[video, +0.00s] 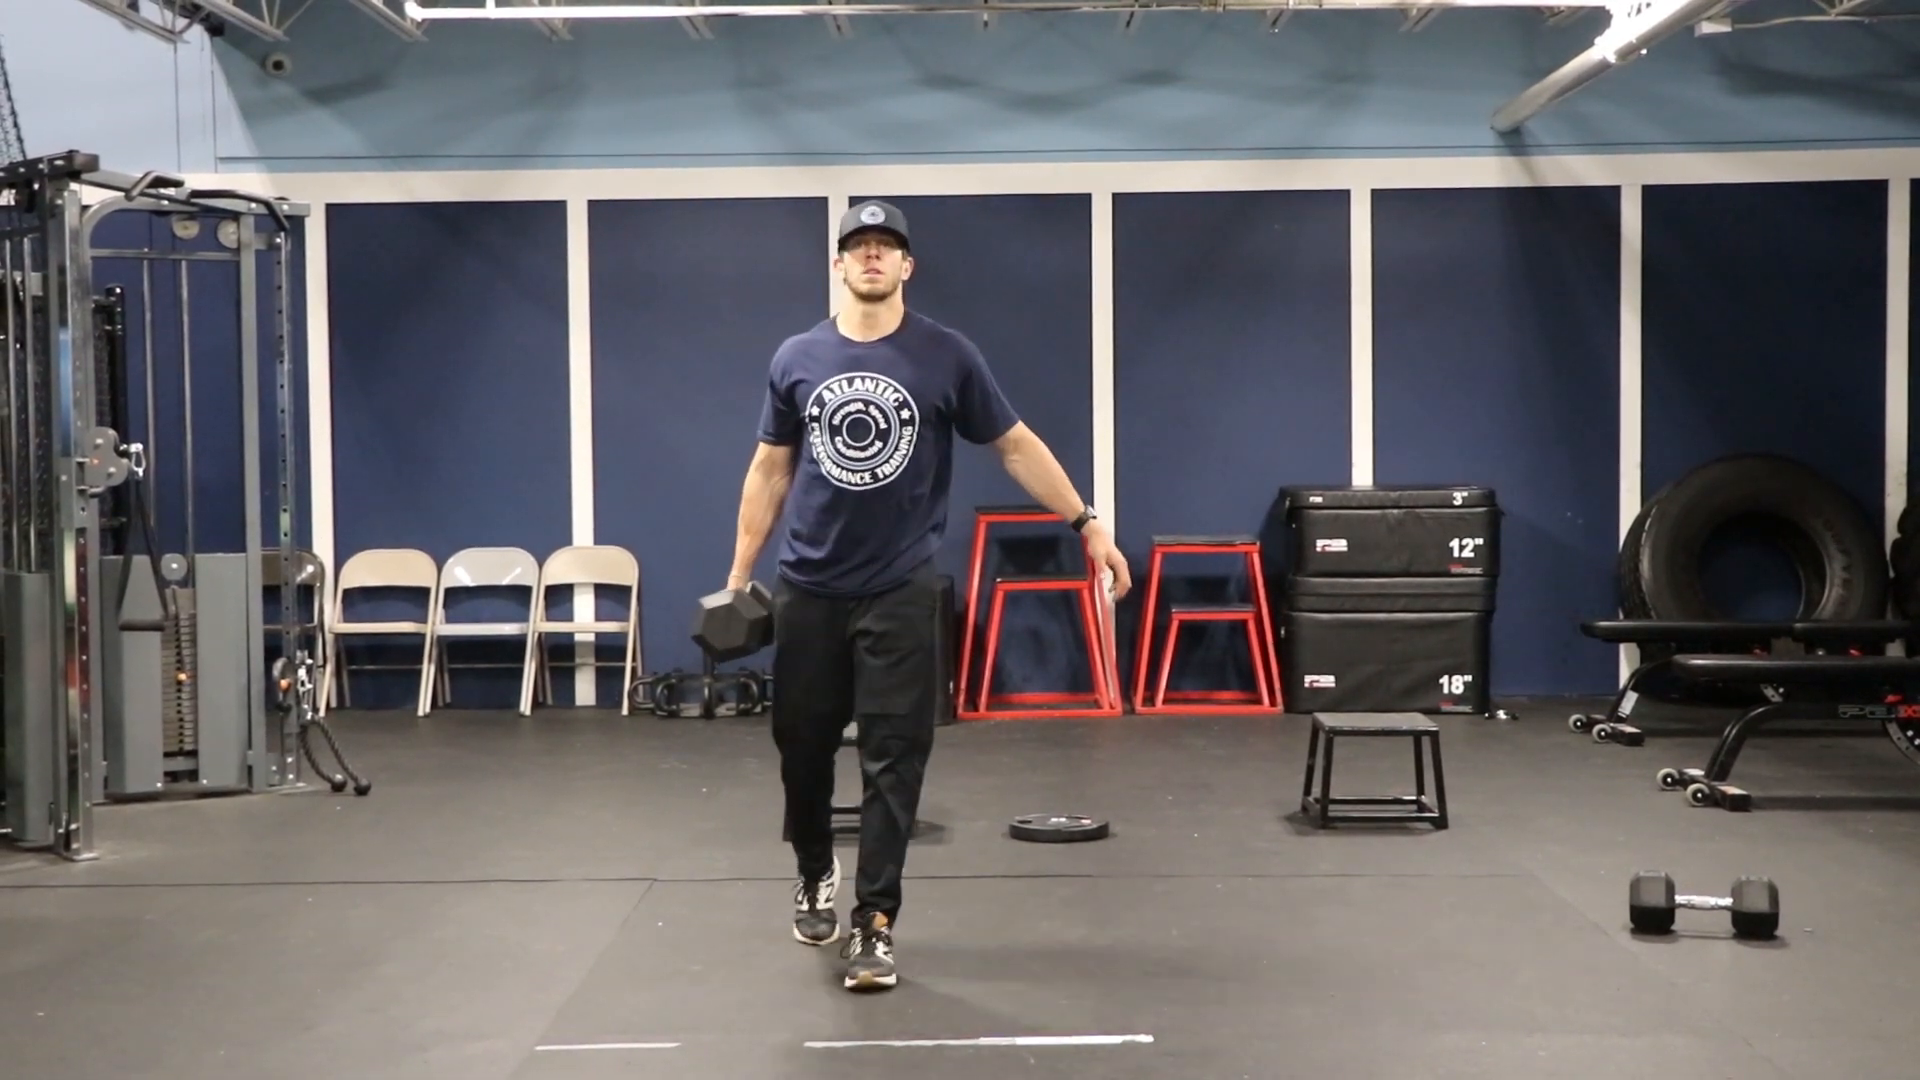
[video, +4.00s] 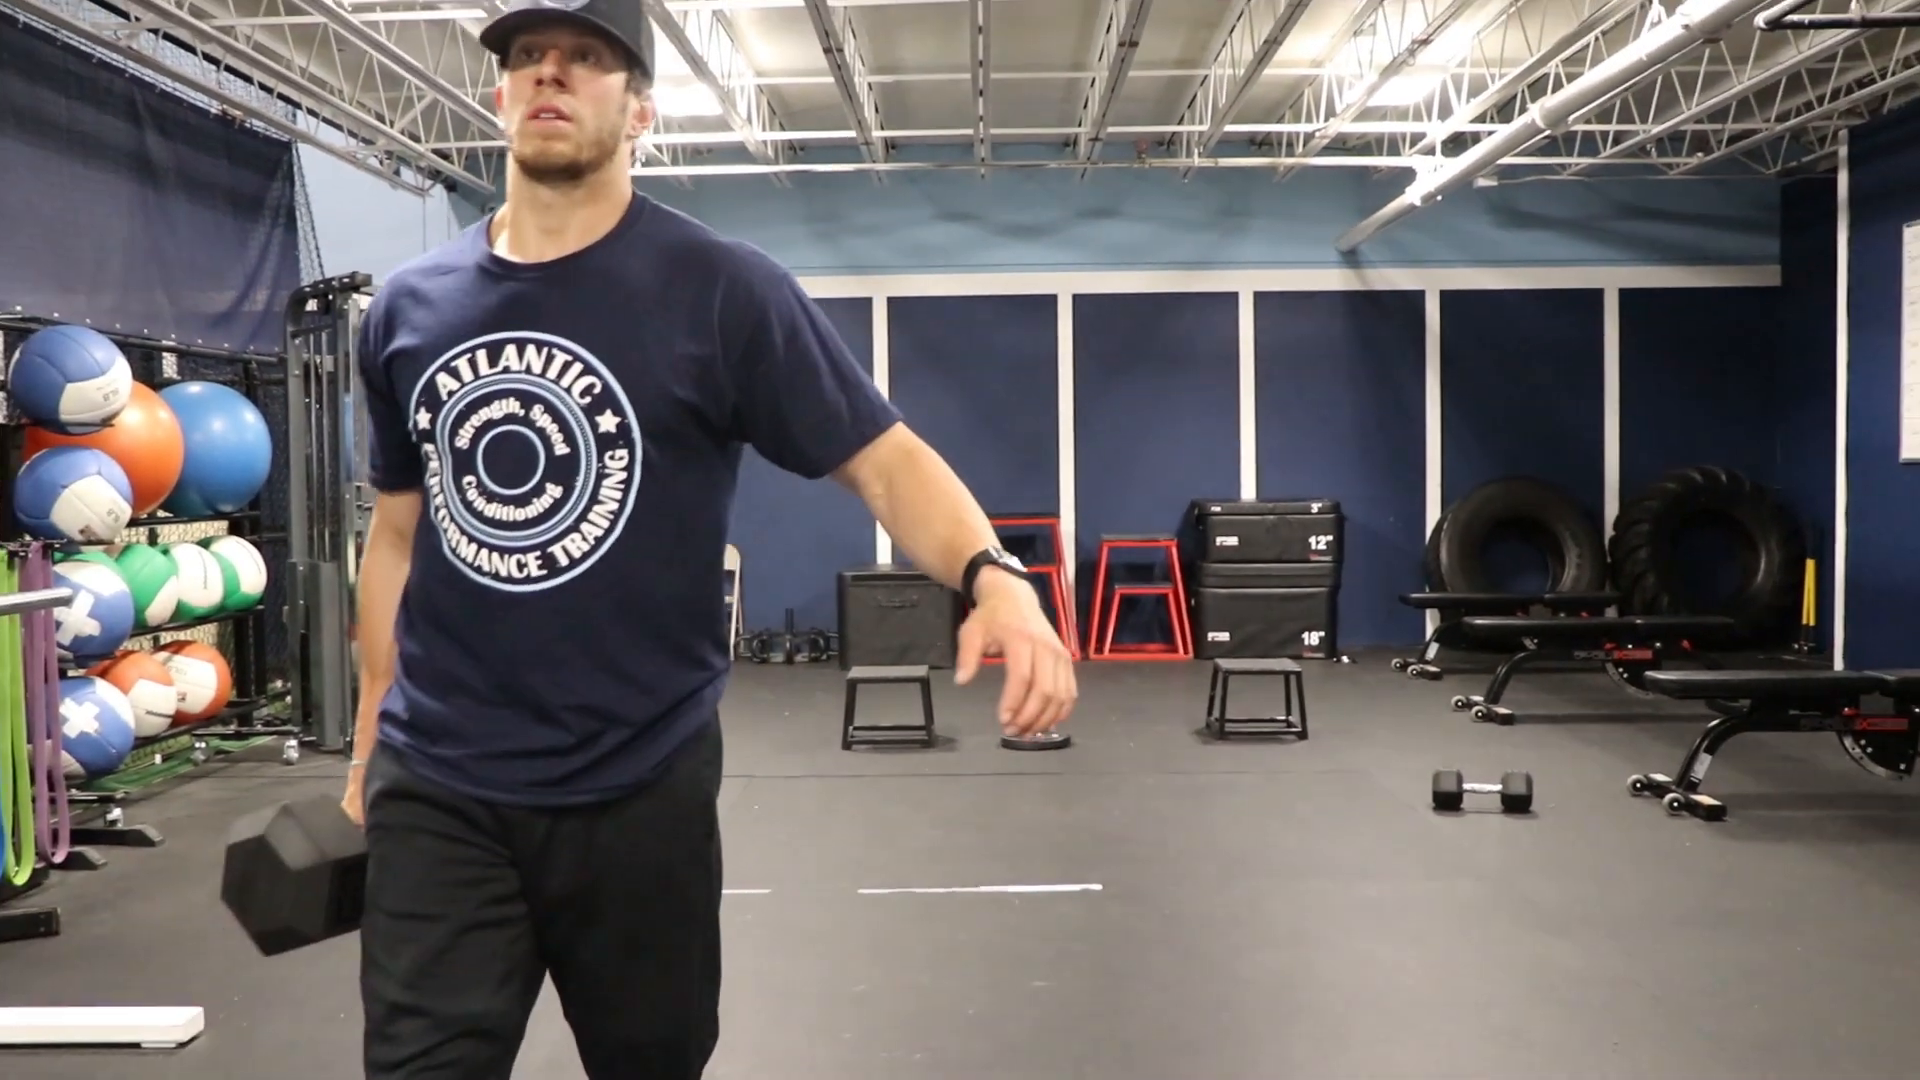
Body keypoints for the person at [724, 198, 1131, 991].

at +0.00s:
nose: (871, 258)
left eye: (886, 248)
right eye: (859, 247)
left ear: (907, 265)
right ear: (838, 263)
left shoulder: (948, 356)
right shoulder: (797, 358)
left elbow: (1017, 444)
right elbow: (770, 468)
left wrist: (1089, 524)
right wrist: (740, 574)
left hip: (903, 581)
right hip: (809, 583)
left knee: (894, 749)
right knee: (802, 741)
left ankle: (875, 924)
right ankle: (815, 870)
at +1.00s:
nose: (804, 225)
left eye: (820, 211)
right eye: (788, 212)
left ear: (848, 227)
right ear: (767, 228)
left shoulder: (903, 335)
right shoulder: (723, 344)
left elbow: (984, 443)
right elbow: (699, 478)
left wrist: (1071, 533)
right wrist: (669, 608)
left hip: (857, 605)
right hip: (747, 611)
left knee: (853, 800)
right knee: (765, 805)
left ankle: (847, 1011)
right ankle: (777, 978)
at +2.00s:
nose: (715, 164)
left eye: (735, 149)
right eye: (698, 150)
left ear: (772, 171)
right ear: (674, 173)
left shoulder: (842, 299)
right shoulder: (620, 320)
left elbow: (948, 436)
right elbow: (602, 488)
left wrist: (1048, 548)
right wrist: (583, 651)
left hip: (800, 638)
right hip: (660, 643)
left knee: (824, 864)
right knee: (679, 891)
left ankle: (807, 1053)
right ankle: (693, 1073)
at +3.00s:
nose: (648, 149)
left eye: (672, 130)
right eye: (627, 135)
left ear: (717, 159)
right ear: (603, 166)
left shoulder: (797, 308)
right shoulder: (542, 329)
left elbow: (922, 448)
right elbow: (523, 526)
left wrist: (1036, 559)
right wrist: (504, 711)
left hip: (742, 700)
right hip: (582, 701)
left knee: (755, 966)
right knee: (592, 993)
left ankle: (753, 1076)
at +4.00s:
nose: (551, 77)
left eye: (584, 61)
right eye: (529, 60)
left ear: (637, 111)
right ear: (498, 99)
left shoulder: (721, 290)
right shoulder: (408, 307)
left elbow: (882, 455)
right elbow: (395, 538)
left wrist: (996, 578)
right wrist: (371, 751)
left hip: (639, 782)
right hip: (439, 777)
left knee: (650, 1068)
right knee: (418, 1066)